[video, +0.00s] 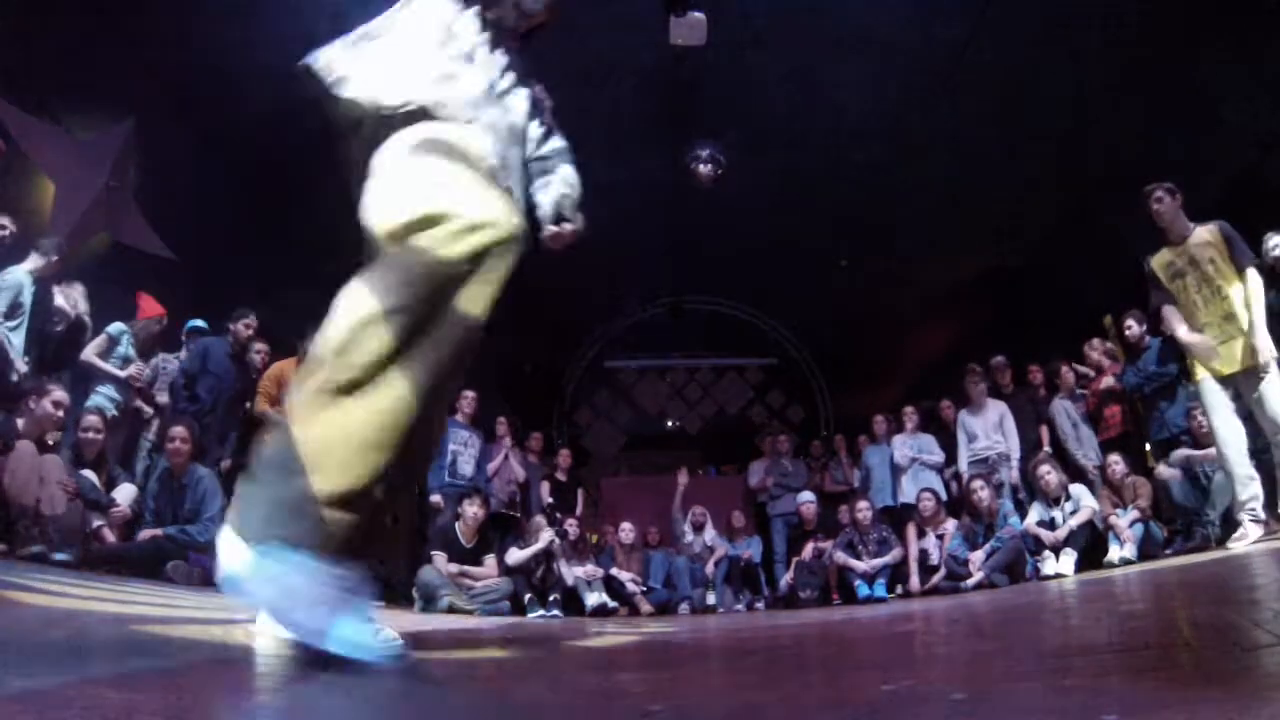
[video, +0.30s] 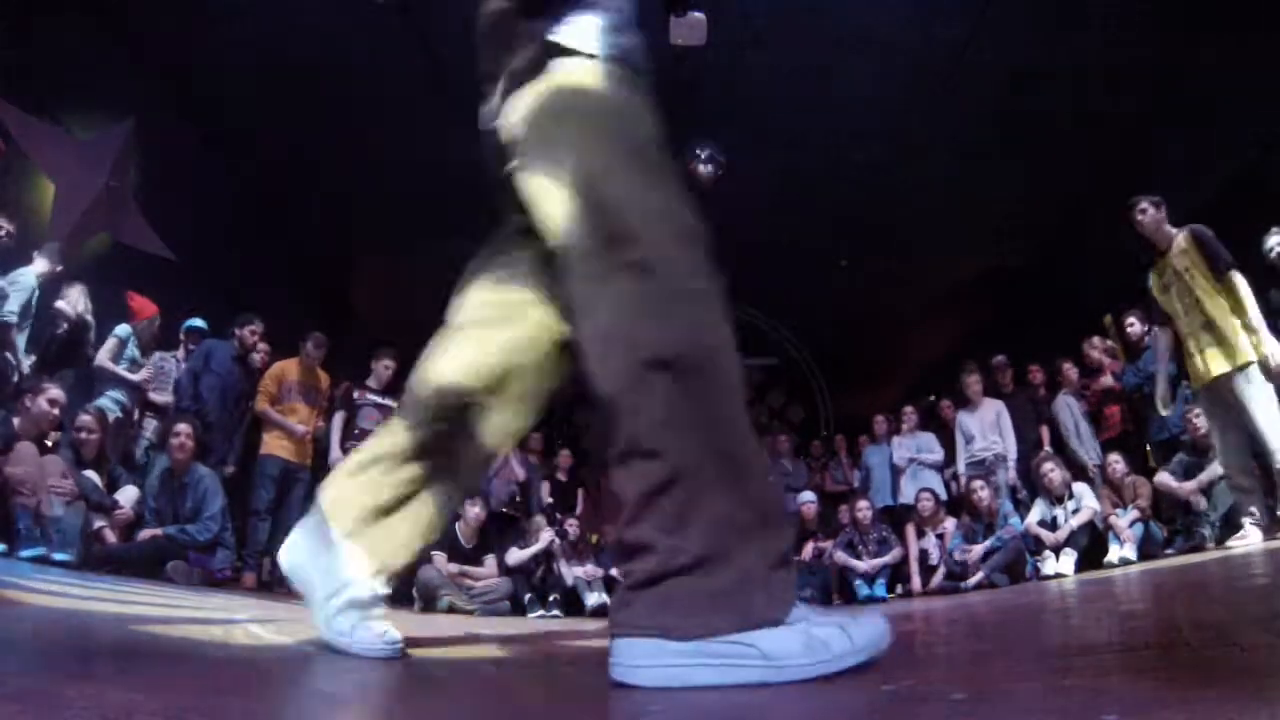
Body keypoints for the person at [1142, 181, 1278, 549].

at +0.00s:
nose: (1155, 207)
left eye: (1160, 199)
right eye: (1150, 204)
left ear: (1178, 200)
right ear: (1150, 214)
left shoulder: (1218, 232)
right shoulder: (1156, 263)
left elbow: (1252, 277)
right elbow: (1166, 308)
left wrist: (1260, 333)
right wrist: (1184, 333)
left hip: (1248, 346)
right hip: (1205, 360)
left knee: (1276, 427)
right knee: (1228, 440)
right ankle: (1252, 518)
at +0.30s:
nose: (1138, 219)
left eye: (1143, 211)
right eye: (1134, 216)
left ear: (1162, 212)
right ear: (1135, 226)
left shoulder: (1195, 238)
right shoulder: (1155, 276)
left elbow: (1234, 280)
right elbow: (1163, 328)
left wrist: (1263, 336)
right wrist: (1162, 380)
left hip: (1237, 351)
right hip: (1203, 370)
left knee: (1272, 437)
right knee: (1230, 452)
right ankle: (1255, 519)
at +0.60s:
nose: (1133, 240)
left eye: (1133, 231)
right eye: (1127, 240)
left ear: (1148, 225)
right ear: (1130, 248)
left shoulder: (1186, 243)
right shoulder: (1159, 283)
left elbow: (1210, 296)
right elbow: (1179, 325)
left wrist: (1213, 347)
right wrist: (1187, 368)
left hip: (1225, 358)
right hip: (1194, 374)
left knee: (1261, 439)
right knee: (1225, 454)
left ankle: (1276, 510)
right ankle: (1257, 520)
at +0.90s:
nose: (1139, 221)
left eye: (1141, 213)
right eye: (1133, 221)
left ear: (1158, 213)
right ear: (1136, 234)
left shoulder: (1194, 233)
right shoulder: (1155, 278)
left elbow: (1219, 278)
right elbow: (1179, 322)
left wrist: (1193, 327)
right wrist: (1187, 368)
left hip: (1240, 346)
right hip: (1205, 362)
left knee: (1272, 432)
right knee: (1230, 445)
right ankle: (1256, 520)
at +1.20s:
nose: (1156, 214)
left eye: (1159, 206)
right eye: (1150, 213)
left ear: (1175, 205)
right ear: (1150, 225)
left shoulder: (1219, 229)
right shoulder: (1164, 271)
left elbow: (1257, 277)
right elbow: (1162, 324)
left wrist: (1277, 323)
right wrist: (1156, 375)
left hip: (1260, 337)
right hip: (1219, 356)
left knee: (1279, 417)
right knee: (1239, 441)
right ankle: (1256, 521)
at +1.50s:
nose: (1164, 197)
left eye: (1168, 190)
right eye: (1158, 196)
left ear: (1186, 191)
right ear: (1159, 209)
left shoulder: (1230, 223)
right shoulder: (1164, 251)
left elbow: (1268, 263)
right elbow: (1175, 300)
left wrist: (1277, 303)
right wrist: (1210, 326)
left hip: (1263, 333)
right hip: (1218, 350)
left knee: (1278, 419)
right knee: (1247, 436)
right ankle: (1268, 517)